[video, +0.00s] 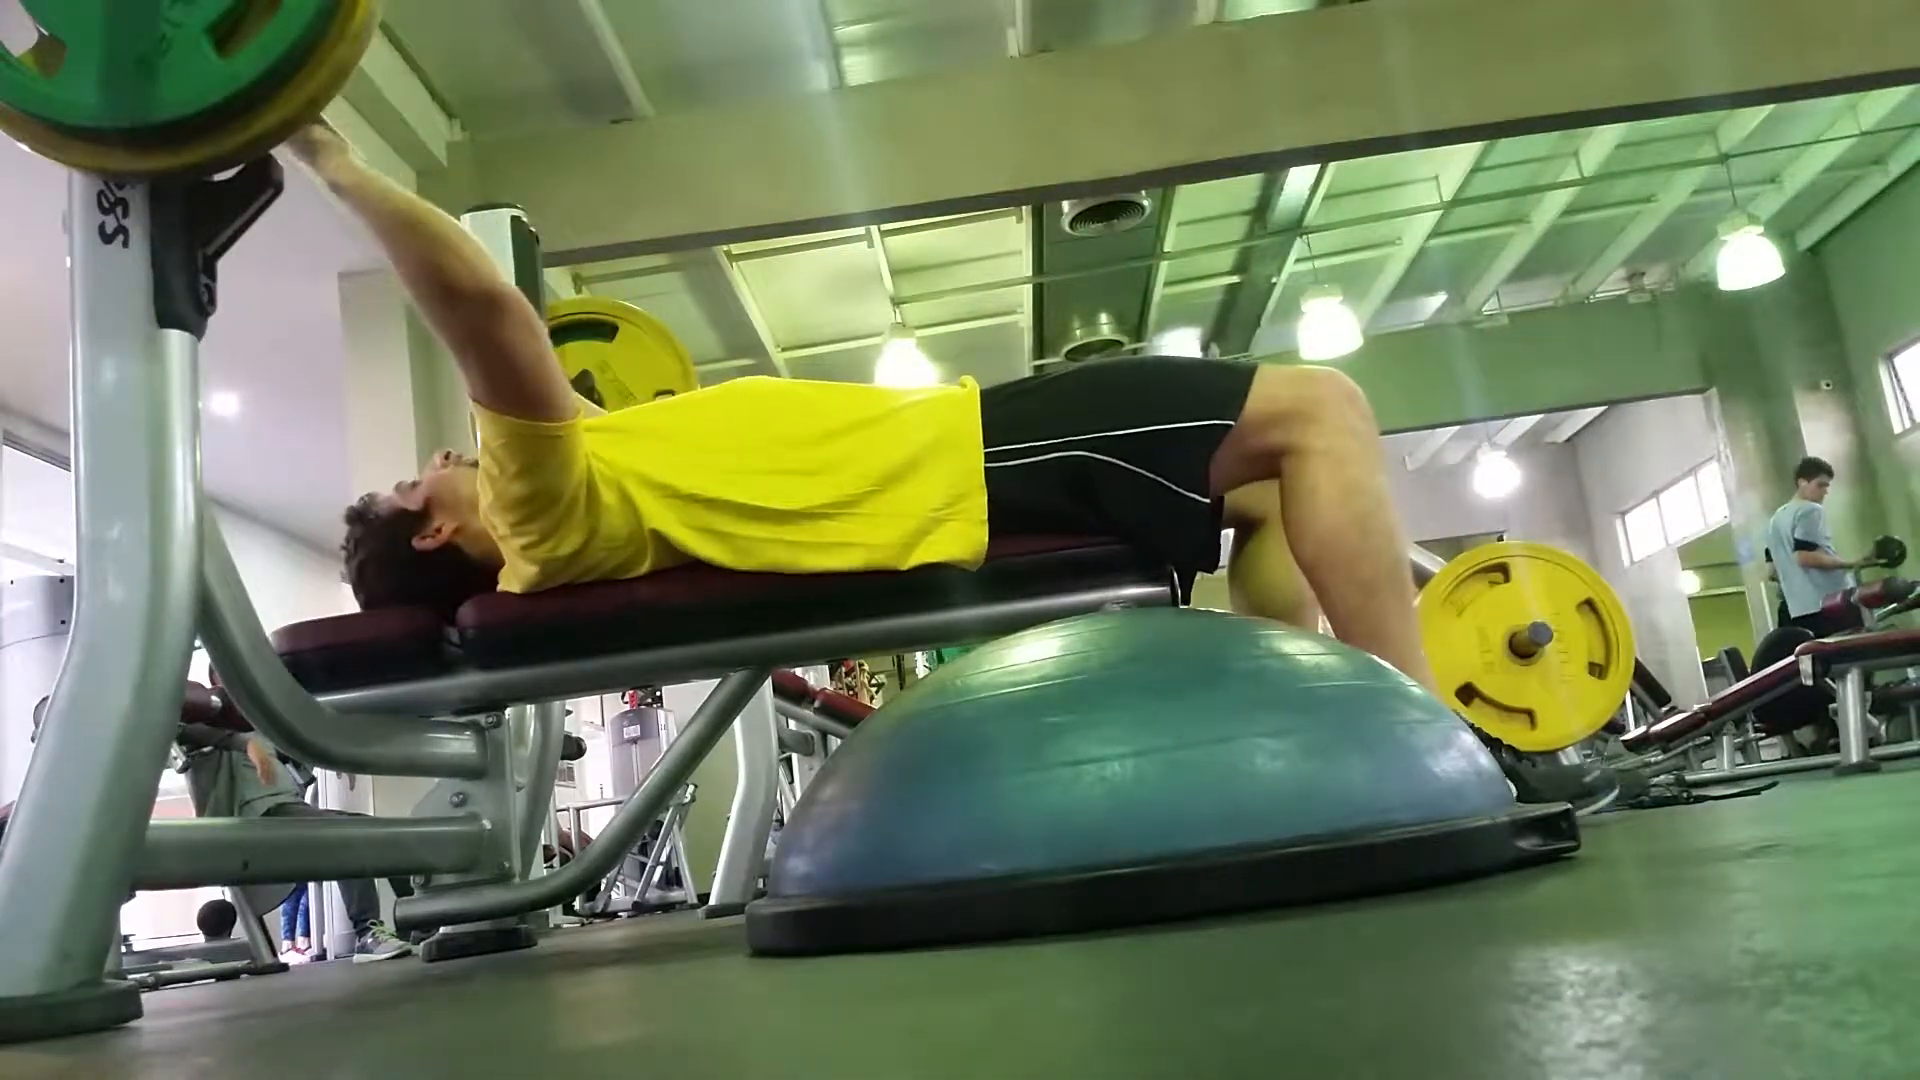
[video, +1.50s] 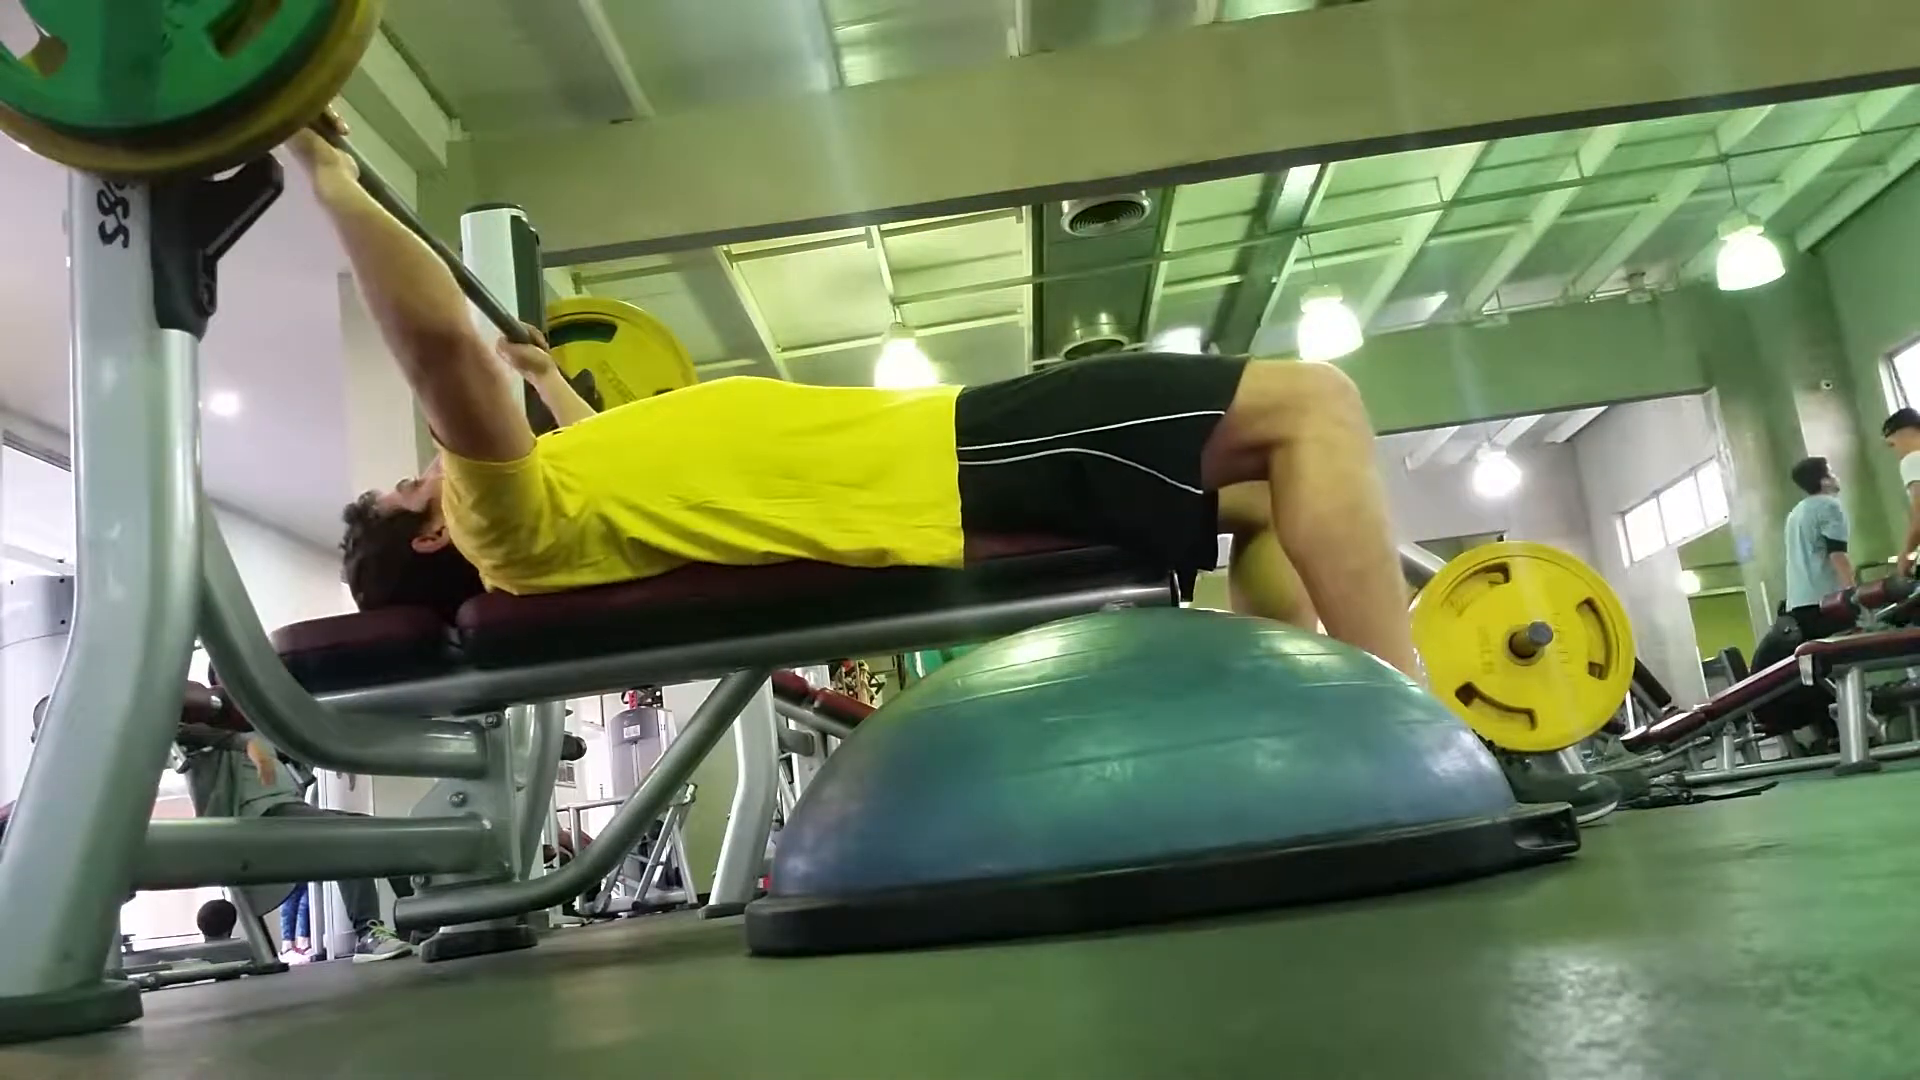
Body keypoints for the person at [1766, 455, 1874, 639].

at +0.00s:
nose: (1826, 491)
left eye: (1827, 486)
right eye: (1821, 485)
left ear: (1801, 483)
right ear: (1802, 482)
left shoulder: (1777, 518)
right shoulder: (1811, 510)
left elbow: (1773, 571)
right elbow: (1805, 556)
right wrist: (1853, 564)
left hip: (1801, 615)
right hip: (1831, 609)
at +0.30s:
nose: (1816, 500)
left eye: (1817, 494)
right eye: (1815, 493)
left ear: (1786, 488)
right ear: (1806, 489)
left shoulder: (1768, 521)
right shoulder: (1804, 514)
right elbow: (1818, 562)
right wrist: (1862, 548)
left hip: (1803, 614)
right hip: (1832, 608)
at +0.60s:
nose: (1818, 497)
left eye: (1819, 491)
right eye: (1817, 490)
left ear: (1789, 488)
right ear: (1807, 488)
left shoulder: (1767, 523)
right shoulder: (1806, 512)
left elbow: (1780, 565)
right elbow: (1833, 557)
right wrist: (1858, 517)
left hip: (1811, 609)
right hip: (1838, 604)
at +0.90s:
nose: (1819, 486)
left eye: (1818, 480)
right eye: (1817, 480)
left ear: (1791, 484)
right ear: (1809, 482)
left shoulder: (1773, 519)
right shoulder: (1810, 511)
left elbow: (1774, 568)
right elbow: (1817, 558)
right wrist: (1851, 541)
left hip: (1802, 615)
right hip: (1833, 609)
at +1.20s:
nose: (1824, 480)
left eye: (1821, 474)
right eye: (1820, 475)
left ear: (1796, 486)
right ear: (1812, 480)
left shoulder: (1786, 516)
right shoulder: (1823, 506)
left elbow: (1782, 557)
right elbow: (1824, 551)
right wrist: (1852, 577)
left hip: (1795, 605)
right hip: (1824, 602)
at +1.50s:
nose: (1835, 476)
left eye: (1831, 471)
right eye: (1830, 472)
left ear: (1808, 485)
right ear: (1823, 480)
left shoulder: (1795, 513)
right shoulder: (1829, 505)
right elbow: (1837, 555)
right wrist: (1854, 596)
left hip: (1798, 605)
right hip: (1827, 603)